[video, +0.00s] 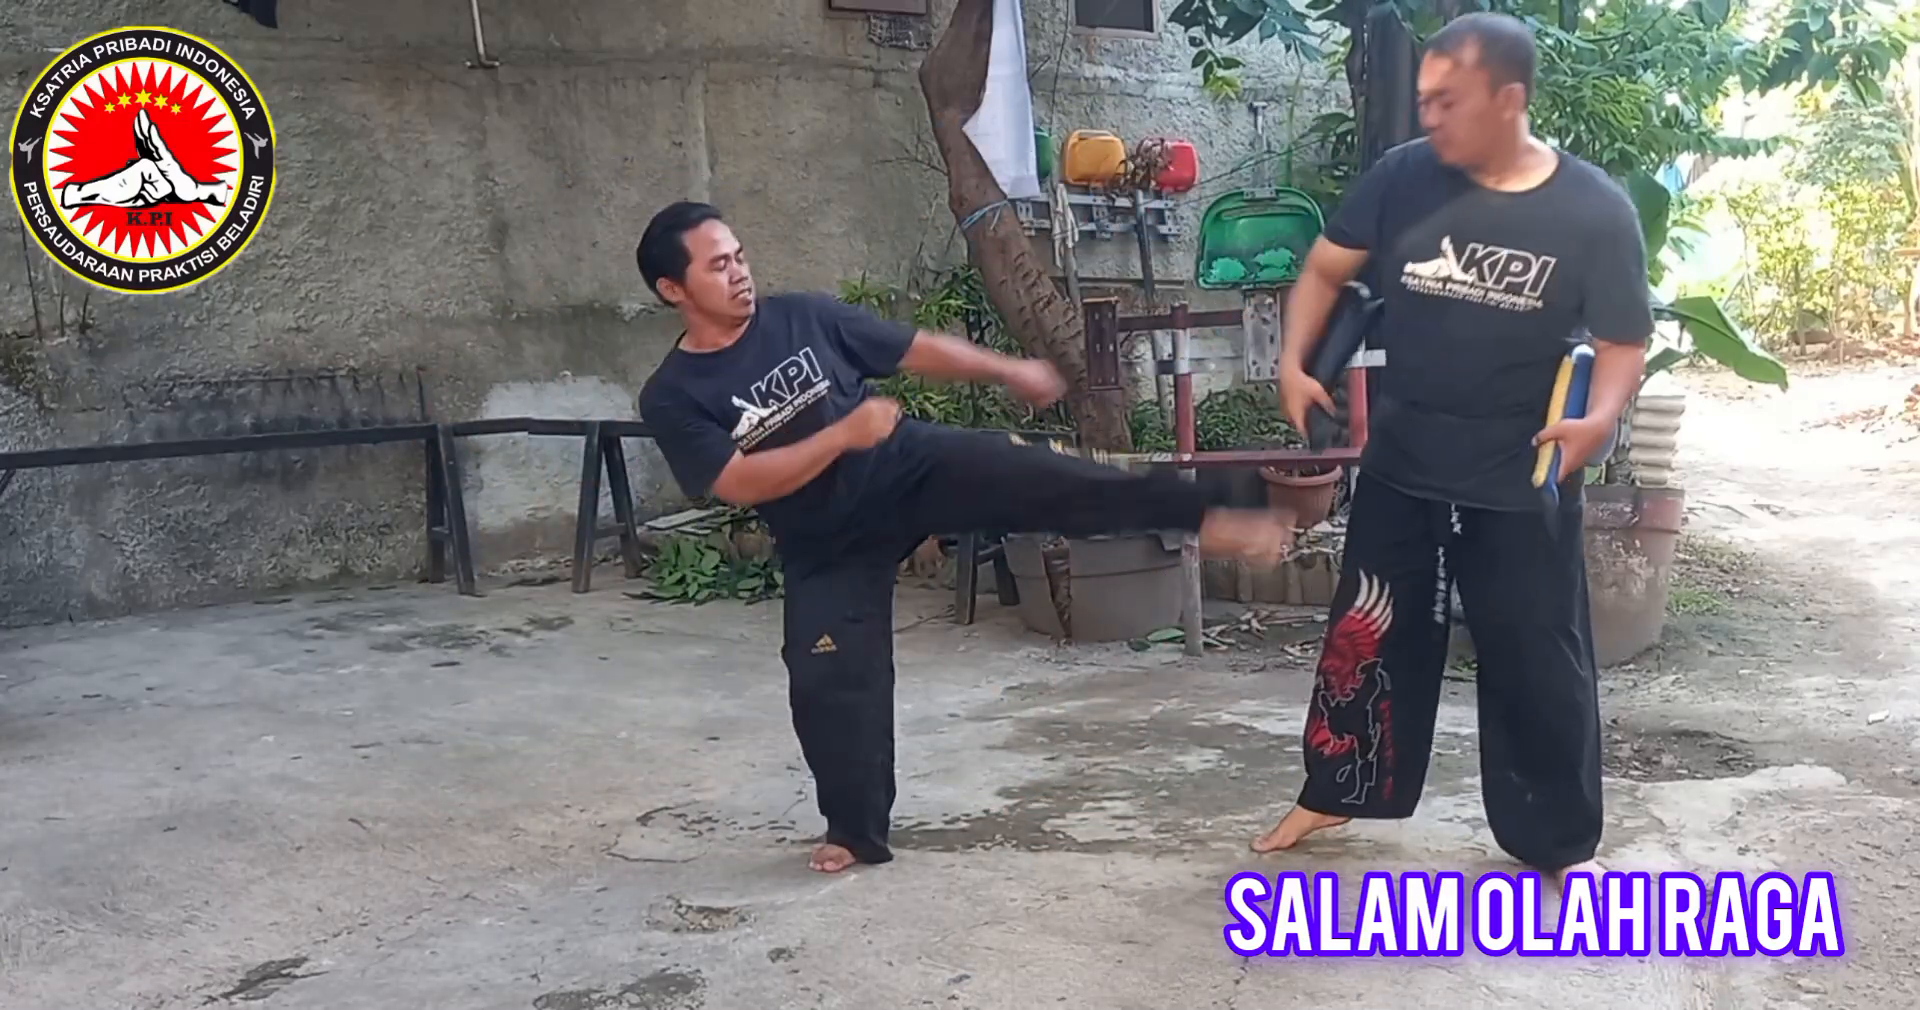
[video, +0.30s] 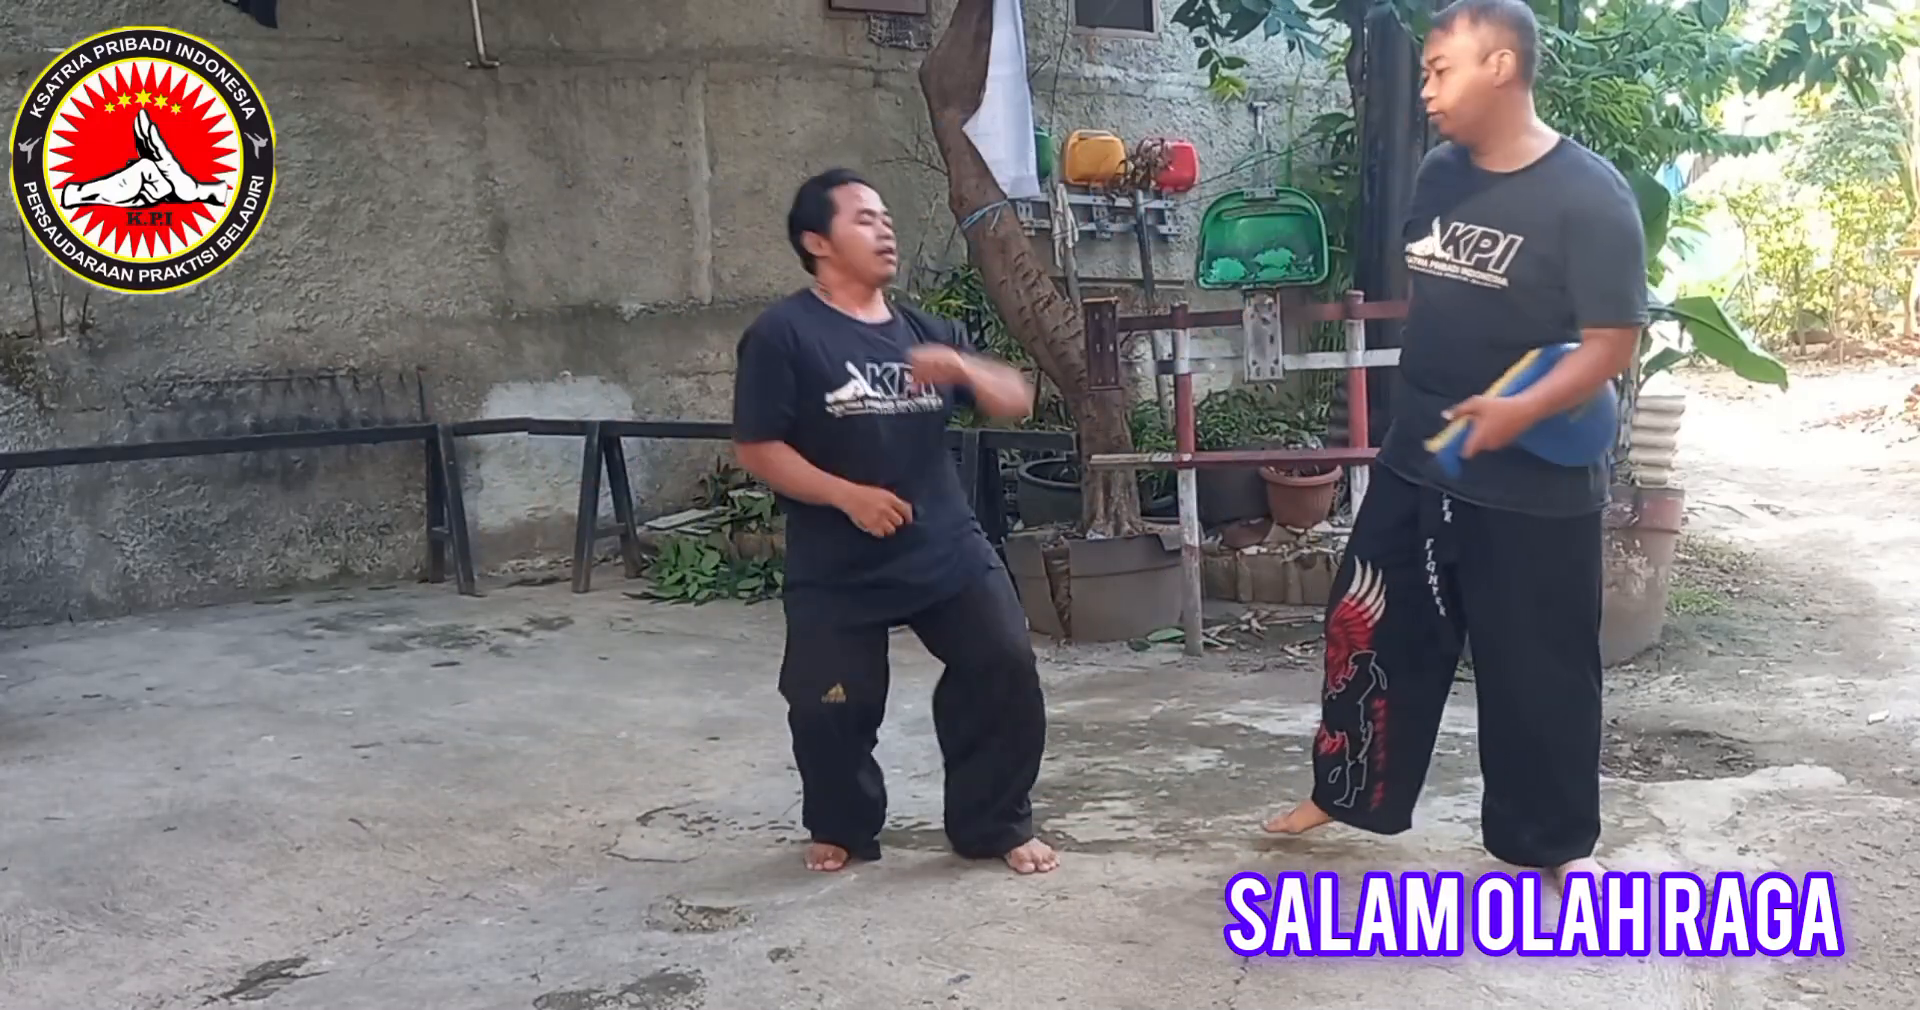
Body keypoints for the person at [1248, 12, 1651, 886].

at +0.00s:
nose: (1427, 118)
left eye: (1443, 101)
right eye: (1423, 101)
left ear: (1511, 98)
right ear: (1424, 99)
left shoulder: (1596, 210)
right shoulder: (1397, 180)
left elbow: (1623, 342)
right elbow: (1323, 272)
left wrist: (1599, 420)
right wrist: (1292, 363)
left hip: (1523, 478)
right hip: (1399, 466)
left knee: (1539, 667)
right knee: (1362, 635)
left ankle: (1557, 852)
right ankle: (1330, 795)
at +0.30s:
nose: (1426, 90)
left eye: (1440, 70)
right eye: (1424, 75)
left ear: (1504, 67)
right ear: (1478, 74)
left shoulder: (1591, 194)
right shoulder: (1440, 175)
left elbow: (1613, 345)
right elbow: (1437, 311)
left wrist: (1522, 409)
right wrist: (1419, 418)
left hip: (1531, 489)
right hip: (1417, 468)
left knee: (1537, 677)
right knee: (1369, 628)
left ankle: (1545, 852)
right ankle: (1340, 790)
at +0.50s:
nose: (1373, 102)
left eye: (1386, 82)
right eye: (1372, 86)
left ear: (1443, 79)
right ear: (1429, 86)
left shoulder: (1520, 188)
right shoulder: (1412, 188)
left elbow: (1522, 337)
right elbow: (1414, 326)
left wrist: (1409, 397)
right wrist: (1373, 411)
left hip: (1497, 483)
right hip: (1408, 468)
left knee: (1517, 671)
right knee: (1392, 647)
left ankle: (1543, 853)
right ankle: (1379, 806)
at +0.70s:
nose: (1298, 109)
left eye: (1307, 90)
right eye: (1299, 92)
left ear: (1349, 87)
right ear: (1356, 90)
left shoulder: (1408, 185)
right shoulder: (1366, 190)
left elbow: (1404, 331)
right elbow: (1365, 330)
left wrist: (1293, 391)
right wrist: (1283, 384)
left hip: (1420, 464)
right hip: (1367, 458)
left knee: (1442, 643)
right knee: (1367, 633)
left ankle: (1556, 824)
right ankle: (1369, 803)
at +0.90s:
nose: (1258, 112)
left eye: (1265, 93)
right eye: (1259, 95)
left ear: (1305, 91)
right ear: (1322, 92)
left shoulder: (1347, 187)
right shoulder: (1353, 178)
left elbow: (1335, 325)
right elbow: (1338, 326)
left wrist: (1212, 379)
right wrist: (1232, 385)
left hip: (1364, 446)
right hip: (1358, 441)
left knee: (1342, 627)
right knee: (1357, 622)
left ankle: (1417, 822)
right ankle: (1355, 801)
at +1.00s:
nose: (1241, 111)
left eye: (1247, 93)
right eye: (1243, 94)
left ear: (1288, 92)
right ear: (1307, 95)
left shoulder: (1322, 189)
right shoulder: (1350, 178)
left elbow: (1319, 331)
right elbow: (1341, 330)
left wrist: (1227, 421)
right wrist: (1245, 418)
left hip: (1335, 461)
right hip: (1375, 455)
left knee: (1305, 635)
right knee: (1369, 628)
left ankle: (1322, 836)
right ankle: (1373, 807)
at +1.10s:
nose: (1213, 107)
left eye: (1223, 91)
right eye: (1218, 90)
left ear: (1264, 100)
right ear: (1280, 102)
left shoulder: (1290, 198)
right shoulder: (1321, 187)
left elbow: (1290, 346)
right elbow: (1330, 337)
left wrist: (1257, 465)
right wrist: (1282, 451)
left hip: (1312, 463)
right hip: (1353, 458)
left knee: (1260, 636)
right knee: (1355, 637)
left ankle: (1219, 819)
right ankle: (1364, 805)